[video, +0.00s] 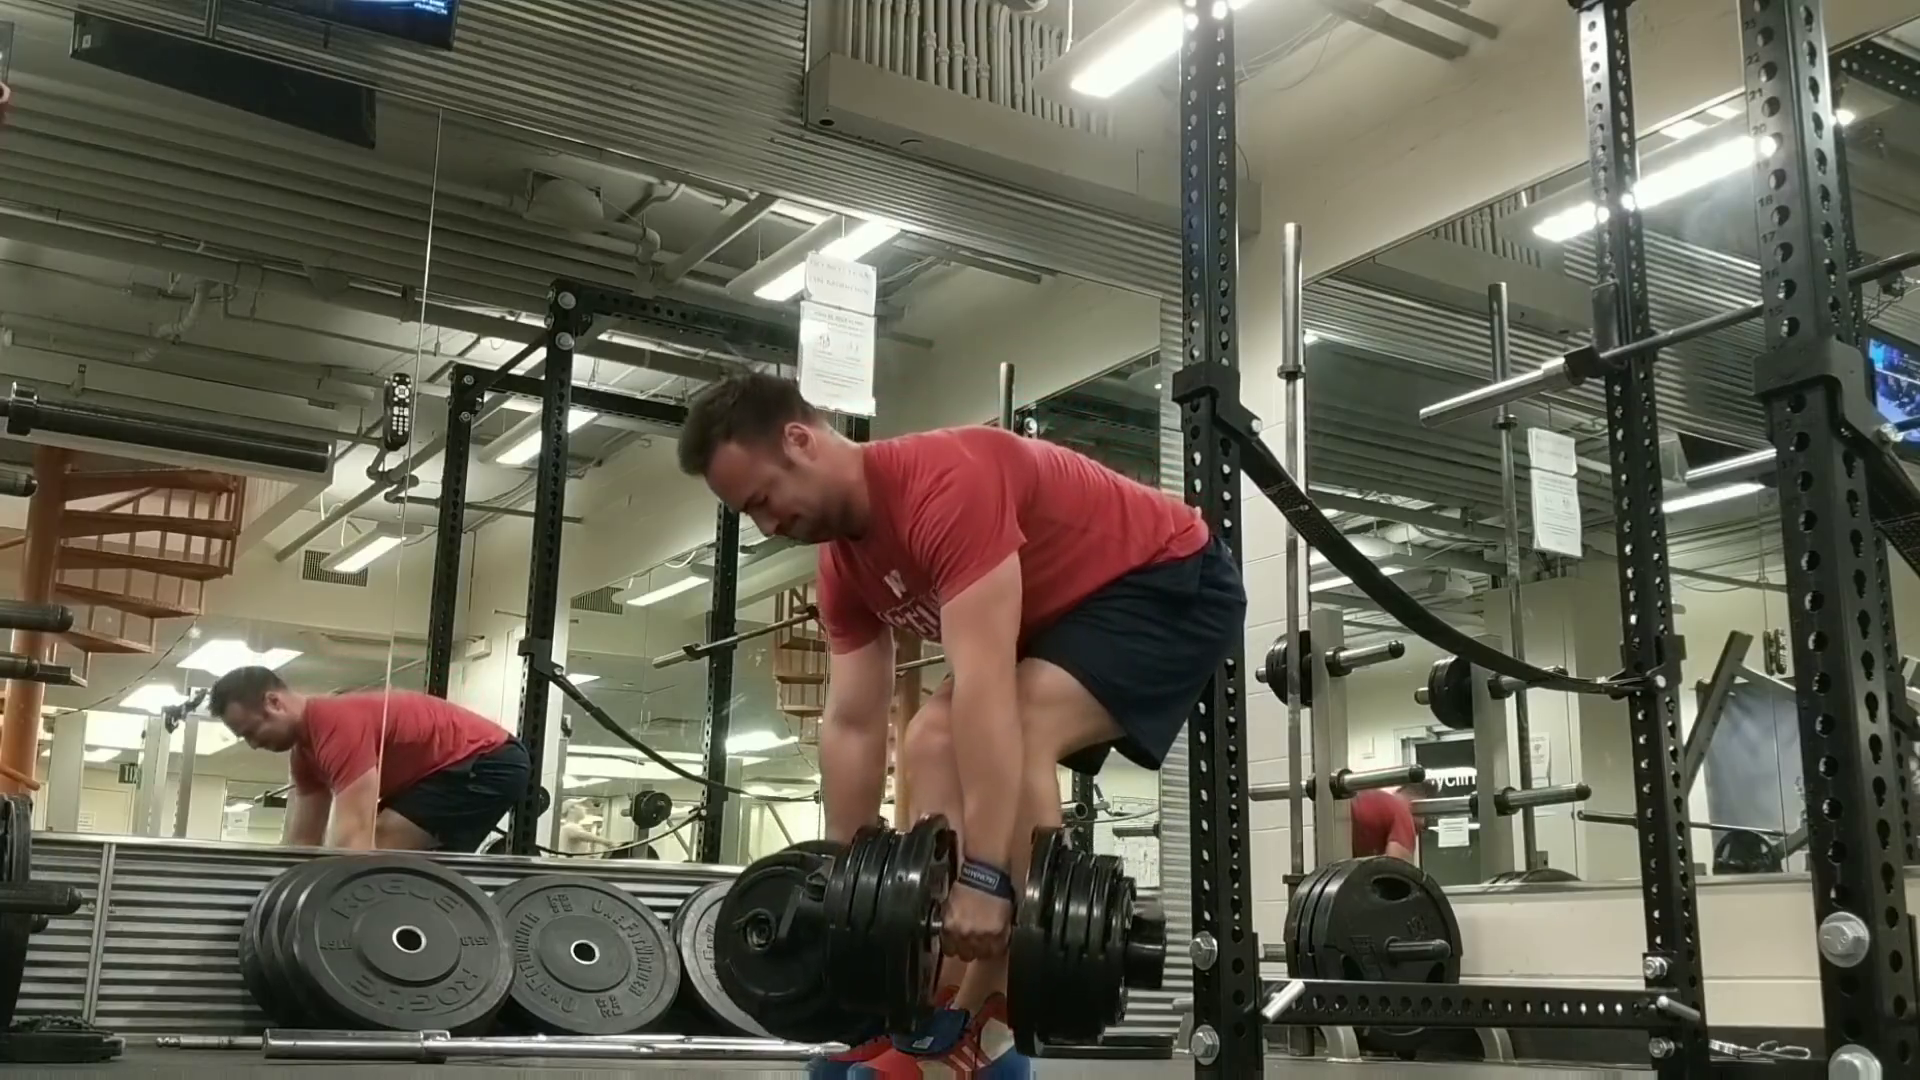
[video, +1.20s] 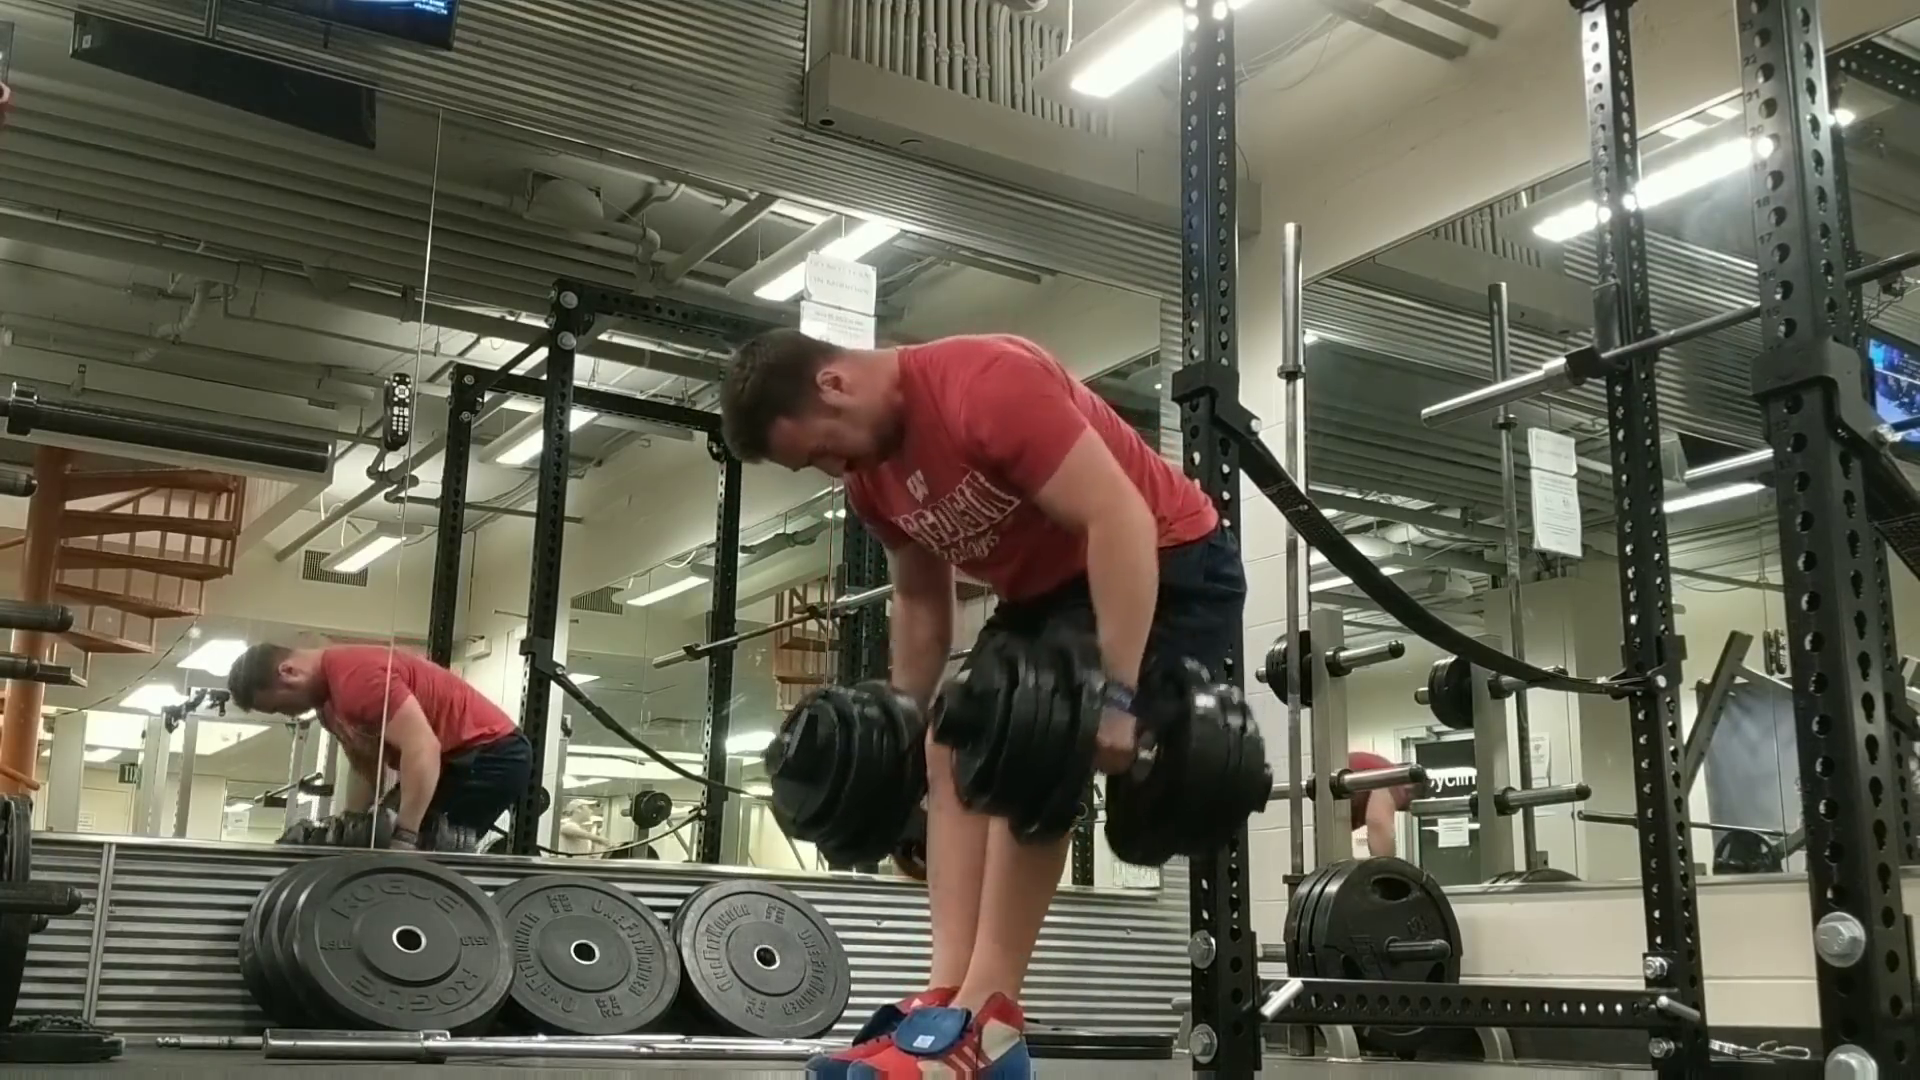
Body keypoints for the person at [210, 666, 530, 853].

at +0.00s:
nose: (252, 744)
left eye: (250, 731)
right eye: (244, 737)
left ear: (275, 702)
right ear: (274, 704)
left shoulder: (340, 723)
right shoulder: (306, 751)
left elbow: (354, 839)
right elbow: (301, 841)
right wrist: (277, 913)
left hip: (489, 762)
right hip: (456, 771)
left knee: (380, 843)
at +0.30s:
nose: (257, 731)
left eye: (255, 718)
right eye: (249, 725)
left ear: (278, 690)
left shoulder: (339, 713)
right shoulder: (309, 741)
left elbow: (372, 819)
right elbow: (321, 824)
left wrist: (341, 907)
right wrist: (300, 897)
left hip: (487, 760)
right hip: (455, 769)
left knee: (385, 853)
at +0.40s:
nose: (267, 722)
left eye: (264, 710)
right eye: (259, 717)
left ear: (283, 678)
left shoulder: (343, 700)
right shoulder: (314, 728)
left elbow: (388, 798)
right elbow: (334, 801)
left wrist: (367, 888)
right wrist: (317, 875)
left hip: (486, 759)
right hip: (454, 767)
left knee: (393, 861)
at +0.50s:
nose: (273, 714)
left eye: (268, 702)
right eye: (264, 708)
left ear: (286, 670)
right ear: (288, 671)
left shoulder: (349, 686)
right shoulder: (321, 714)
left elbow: (407, 773)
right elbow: (348, 784)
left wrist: (377, 867)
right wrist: (331, 852)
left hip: (488, 758)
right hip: (455, 764)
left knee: (401, 856)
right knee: (400, 860)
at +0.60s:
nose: (288, 706)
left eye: (282, 695)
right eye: (278, 701)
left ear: (293, 661)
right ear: (293, 662)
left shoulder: (357, 674)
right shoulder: (327, 699)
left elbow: (424, 750)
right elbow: (362, 768)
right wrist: (349, 836)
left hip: (490, 755)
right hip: (453, 759)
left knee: (422, 854)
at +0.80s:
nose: (307, 701)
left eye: (298, 694)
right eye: (297, 699)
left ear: (302, 659)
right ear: (302, 656)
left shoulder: (365, 661)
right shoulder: (341, 679)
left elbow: (447, 717)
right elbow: (385, 738)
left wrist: (427, 806)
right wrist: (370, 798)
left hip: (489, 757)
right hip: (453, 760)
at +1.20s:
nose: (290, 714)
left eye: (281, 707)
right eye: (280, 712)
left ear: (288, 674)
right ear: (290, 673)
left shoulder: (354, 678)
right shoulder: (331, 702)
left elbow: (423, 749)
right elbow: (367, 770)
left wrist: (405, 835)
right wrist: (346, 830)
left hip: (490, 755)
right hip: (453, 760)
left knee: (423, 862)